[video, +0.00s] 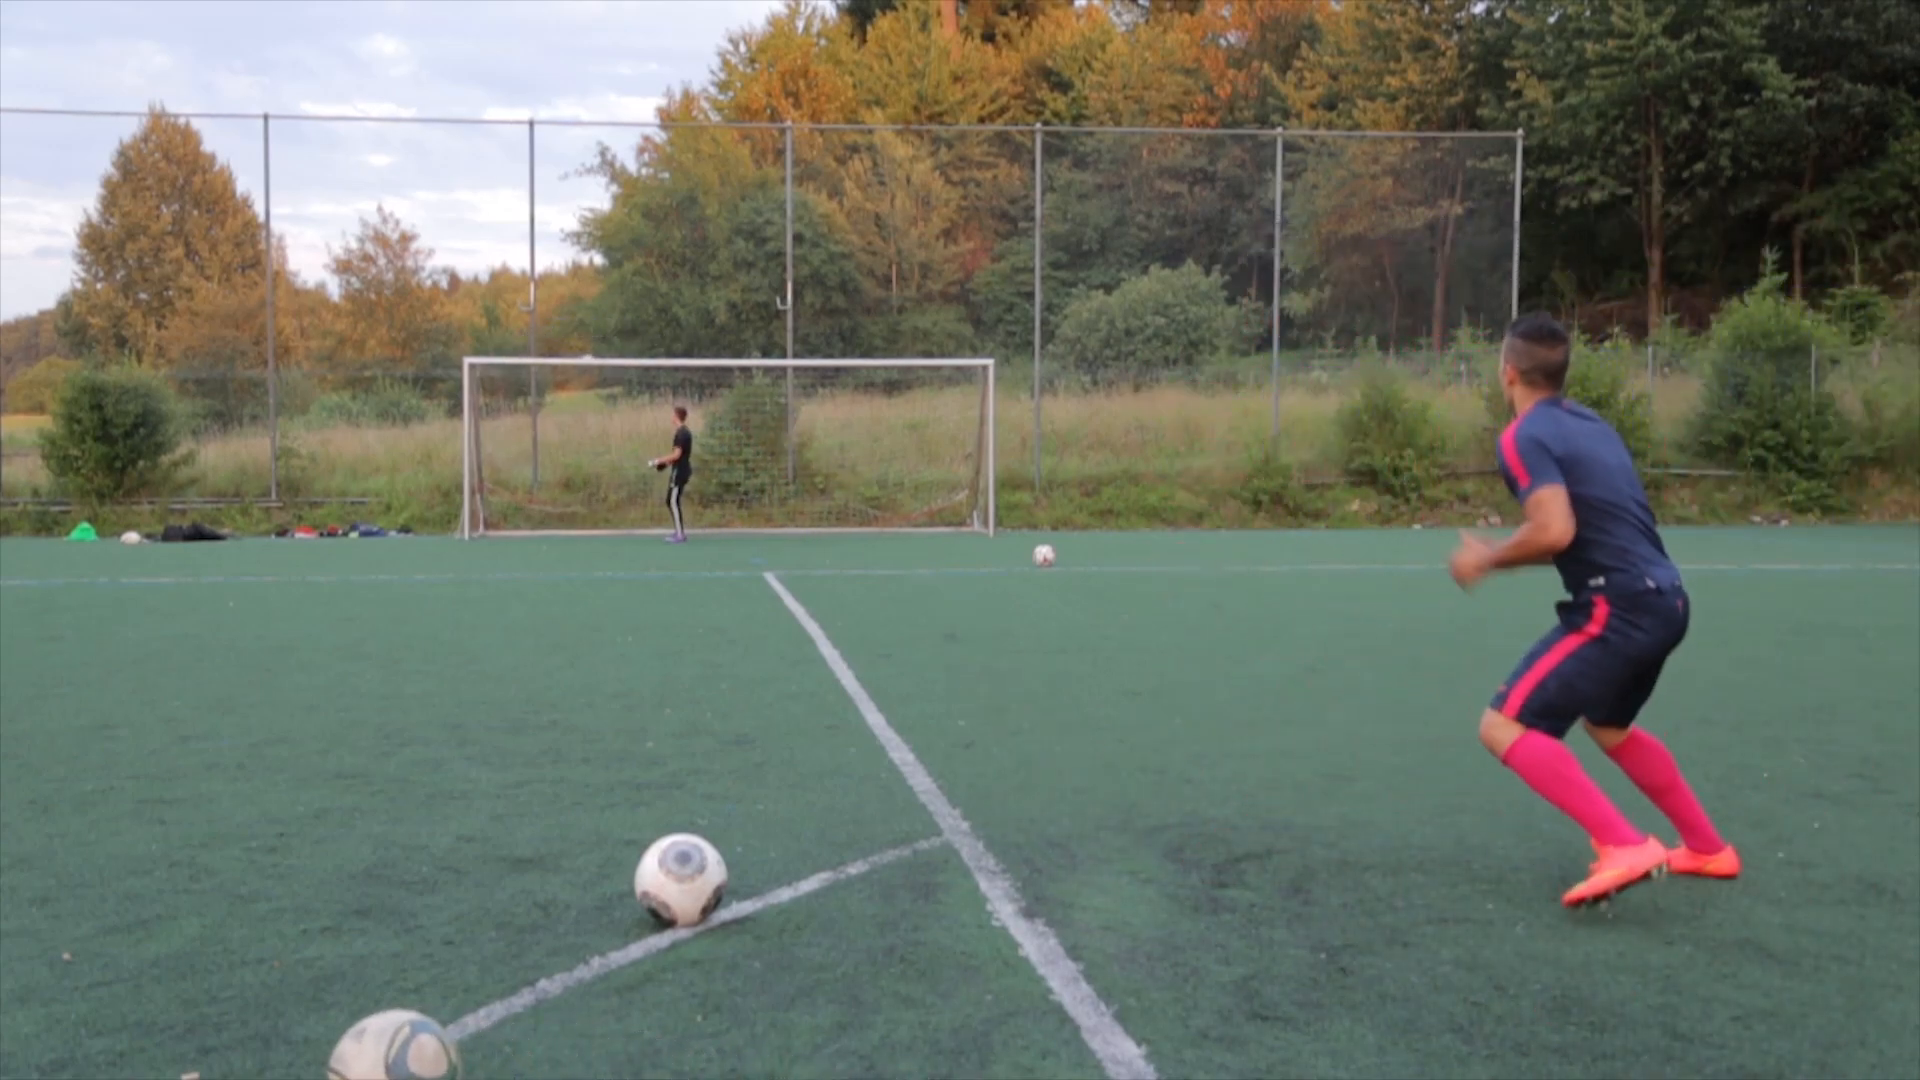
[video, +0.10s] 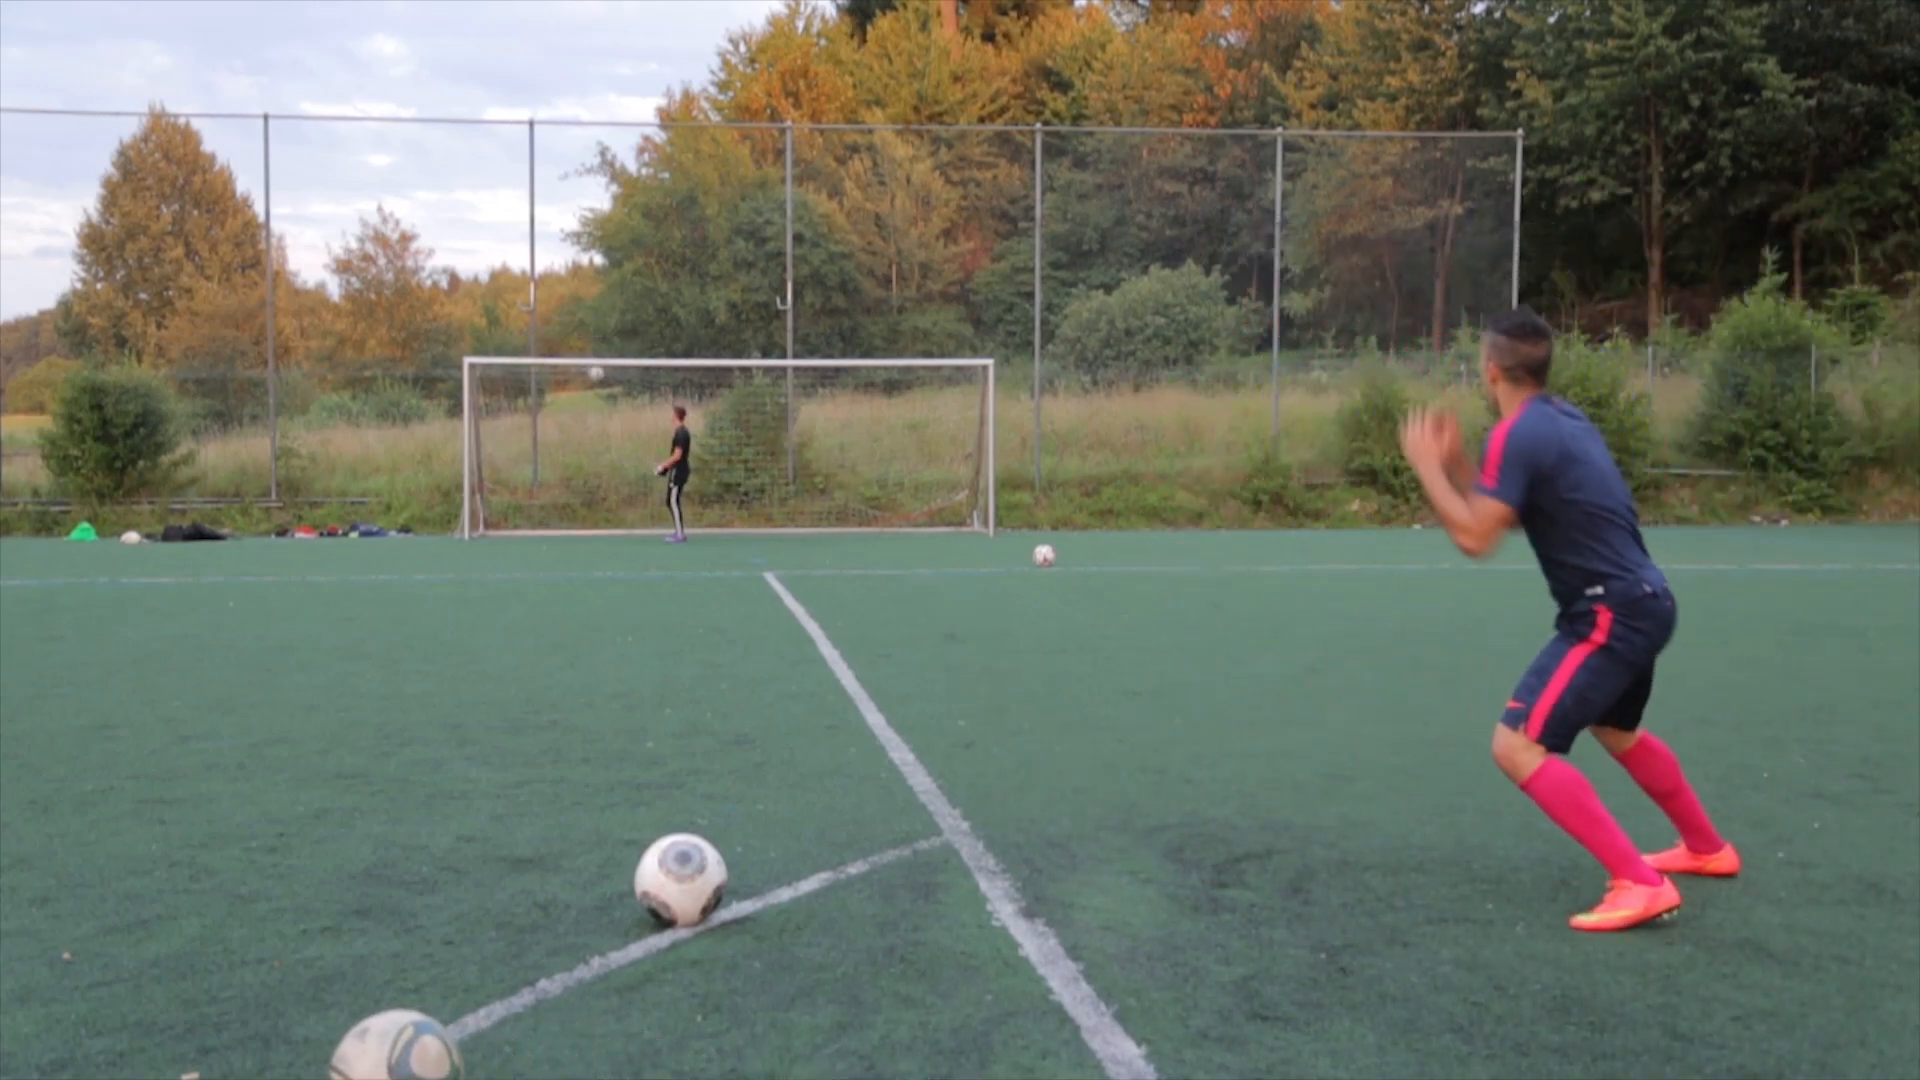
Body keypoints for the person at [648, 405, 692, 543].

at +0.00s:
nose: (672, 418)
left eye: (673, 415)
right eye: (673, 415)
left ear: (676, 416)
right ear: (683, 416)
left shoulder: (681, 433)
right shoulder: (683, 432)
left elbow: (677, 454)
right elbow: (679, 454)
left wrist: (659, 461)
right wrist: (665, 463)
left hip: (680, 469)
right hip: (680, 468)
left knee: (673, 500)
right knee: (671, 500)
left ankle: (679, 534)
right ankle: (678, 532)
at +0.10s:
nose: (671, 418)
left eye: (673, 415)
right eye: (673, 415)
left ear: (676, 416)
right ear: (682, 416)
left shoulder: (681, 433)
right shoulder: (681, 432)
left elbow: (678, 455)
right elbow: (677, 455)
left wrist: (663, 465)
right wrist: (666, 466)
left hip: (679, 469)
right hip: (678, 468)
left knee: (673, 500)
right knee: (671, 500)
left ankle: (679, 533)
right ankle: (679, 532)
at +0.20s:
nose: (670, 417)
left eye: (673, 414)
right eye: (671, 414)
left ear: (678, 416)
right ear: (679, 416)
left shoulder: (681, 432)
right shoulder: (678, 432)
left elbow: (678, 455)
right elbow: (676, 455)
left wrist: (666, 469)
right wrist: (667, 469)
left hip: (679, 470)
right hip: (677, 469)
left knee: (674, 500)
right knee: (671, 500)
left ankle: (680, 533)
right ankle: (679, 532)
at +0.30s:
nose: (671, 418)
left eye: (673, 415)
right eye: (670, 415)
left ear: (679, 416)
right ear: (671, 416)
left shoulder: (681, 434)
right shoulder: (676, 433)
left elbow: (680, 454)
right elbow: (677, 454)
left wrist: (670, 470)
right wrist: (670, 469)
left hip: (680, 471)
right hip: (676, 470)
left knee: (674, 500)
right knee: (672, 500)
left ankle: (680, 533)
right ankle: (679, 532)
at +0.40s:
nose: (671, 419)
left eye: (673, 415)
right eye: (670, 416)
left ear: (678, 416)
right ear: (668, 417)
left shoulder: (682, 433)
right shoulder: (674, 433)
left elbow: (683, 454)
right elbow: (677, 453)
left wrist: (672, 470)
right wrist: (671, 470)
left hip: (681, 470)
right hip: (675, 470)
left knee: (675, 500)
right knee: (672, 500)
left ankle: (680, 533)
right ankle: (679, 532)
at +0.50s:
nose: (671, 418)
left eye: (673, 415)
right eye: (669, 415)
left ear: (678, 415)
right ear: (668, 416)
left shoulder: (682, 433)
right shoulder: (672, 432)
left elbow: (685, 455)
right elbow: (675, 453)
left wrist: (674, 473)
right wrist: (672, 471)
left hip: (681, 470)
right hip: (675, 470)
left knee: (676, 499)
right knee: (673, 499)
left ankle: (681, 533)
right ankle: (678, 532)